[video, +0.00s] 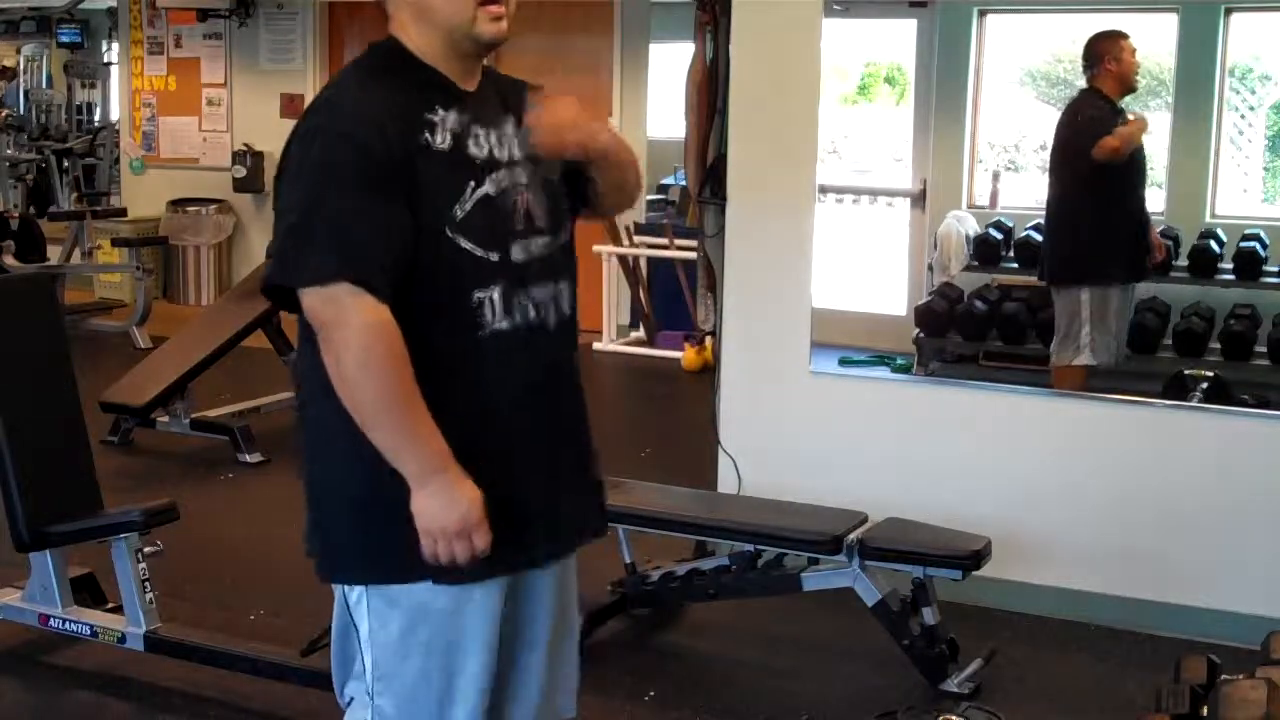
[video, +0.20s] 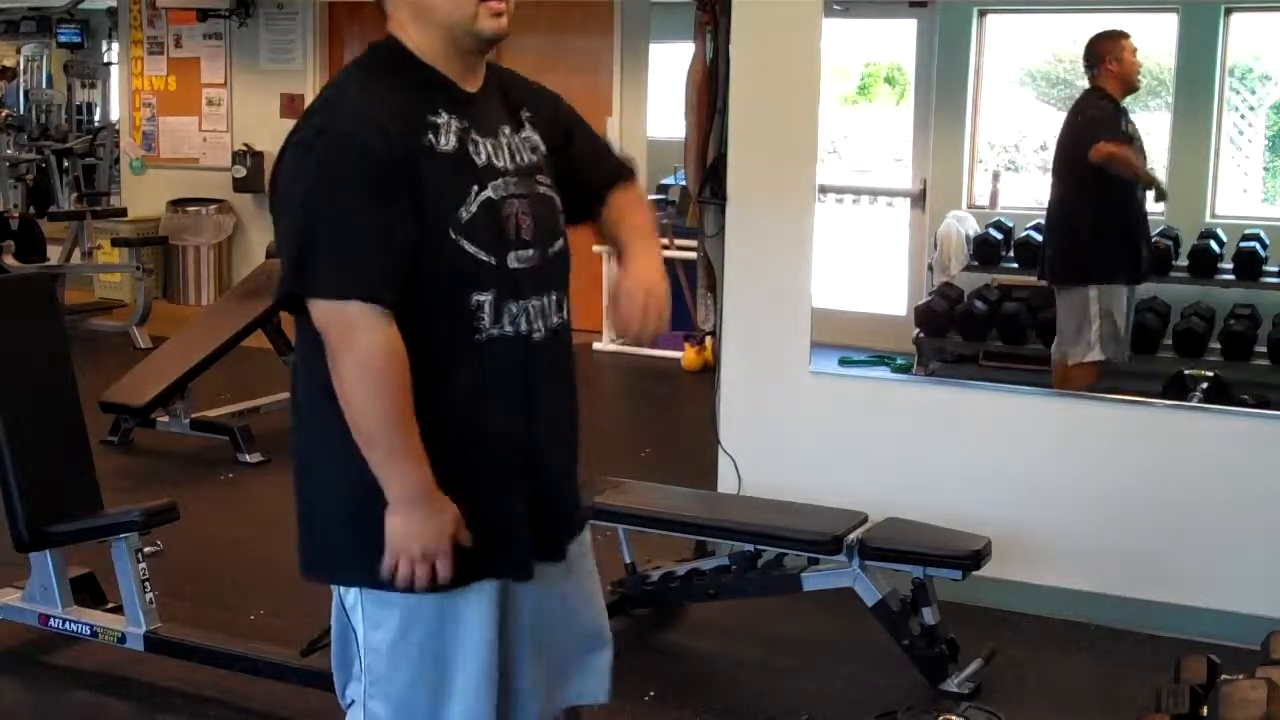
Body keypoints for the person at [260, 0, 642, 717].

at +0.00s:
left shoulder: (525, 107)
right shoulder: (350, 120)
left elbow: (612, 197)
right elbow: (340, 308)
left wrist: (601, 148)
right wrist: (431, 474)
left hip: (537, 496)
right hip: (411, 521)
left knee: (537, 708)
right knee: (419, 710)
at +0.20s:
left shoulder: (528, 106)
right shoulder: (350, 126)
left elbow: (613, 186)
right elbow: (351, 320)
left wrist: (640, 255)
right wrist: (410, 494)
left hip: (539, 500)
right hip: (419, 524)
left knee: (556, 700)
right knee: (421, 710)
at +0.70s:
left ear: (601, 2)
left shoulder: (617, 118)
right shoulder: (434, 119)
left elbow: (650, 265)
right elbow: (409, 299)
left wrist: (693, 341)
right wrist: (499, 461)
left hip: (623, 498)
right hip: (491, 518)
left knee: (604, 709)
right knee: (468, 709)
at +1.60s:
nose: (633, 19)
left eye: (638, 3)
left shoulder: (610, 124)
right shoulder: (446, 125)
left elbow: (629, 313)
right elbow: (425, 331)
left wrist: (665, 449)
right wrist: (489, 524)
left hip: (636, 544)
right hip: (506, 568)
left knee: (652, 707)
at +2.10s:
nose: (650, 8)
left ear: (665, 7)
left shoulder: (653, 122)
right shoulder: (476, 130)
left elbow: (677, 306)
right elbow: (451, 326)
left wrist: (697, 442)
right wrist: (479, 515)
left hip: (656, 535)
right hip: (539, 553)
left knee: (620, 706)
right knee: (537, 708)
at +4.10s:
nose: (694, 117)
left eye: (711, 101)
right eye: (690, 90)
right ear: (626, 40)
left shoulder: (647, 153)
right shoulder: (483, 151)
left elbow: (641, 321)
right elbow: (422, 350)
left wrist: (663, 445)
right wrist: (416, 530)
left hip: (622, 556)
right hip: (482, 576)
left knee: (638, 713)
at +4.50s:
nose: (747, 171)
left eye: (763, 155)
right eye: (745, 147)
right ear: (687, 90)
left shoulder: (693, 184)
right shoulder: (525, 172)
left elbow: (683, 344)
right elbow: (447, 367)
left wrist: (678, 479)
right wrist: (406, 548)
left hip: (576, 565)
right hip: (457, 576)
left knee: (556, 709)